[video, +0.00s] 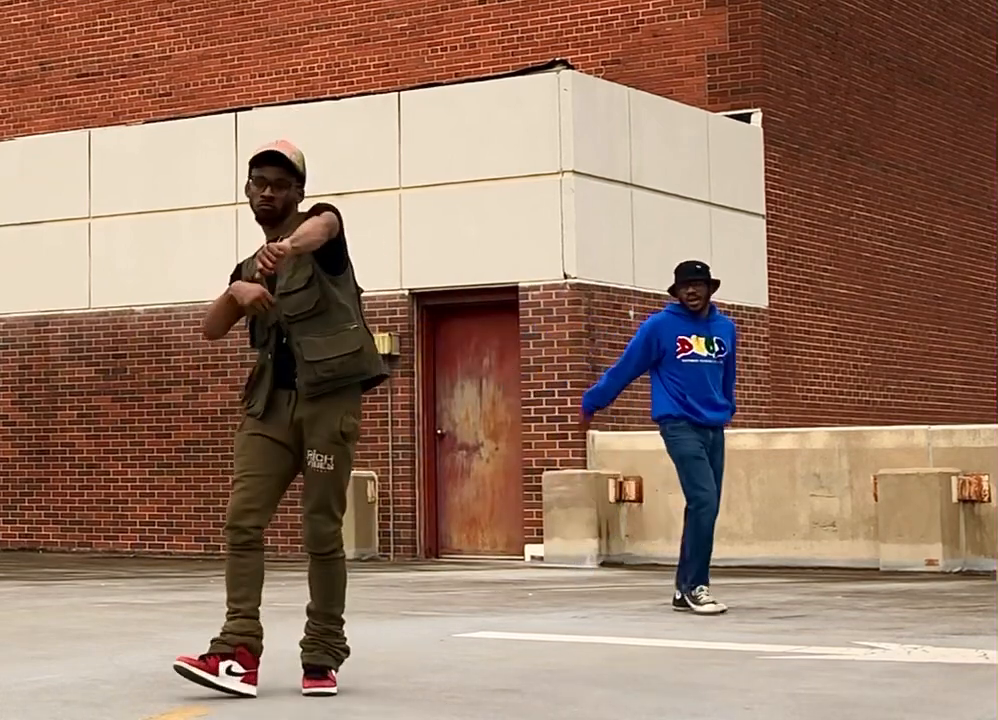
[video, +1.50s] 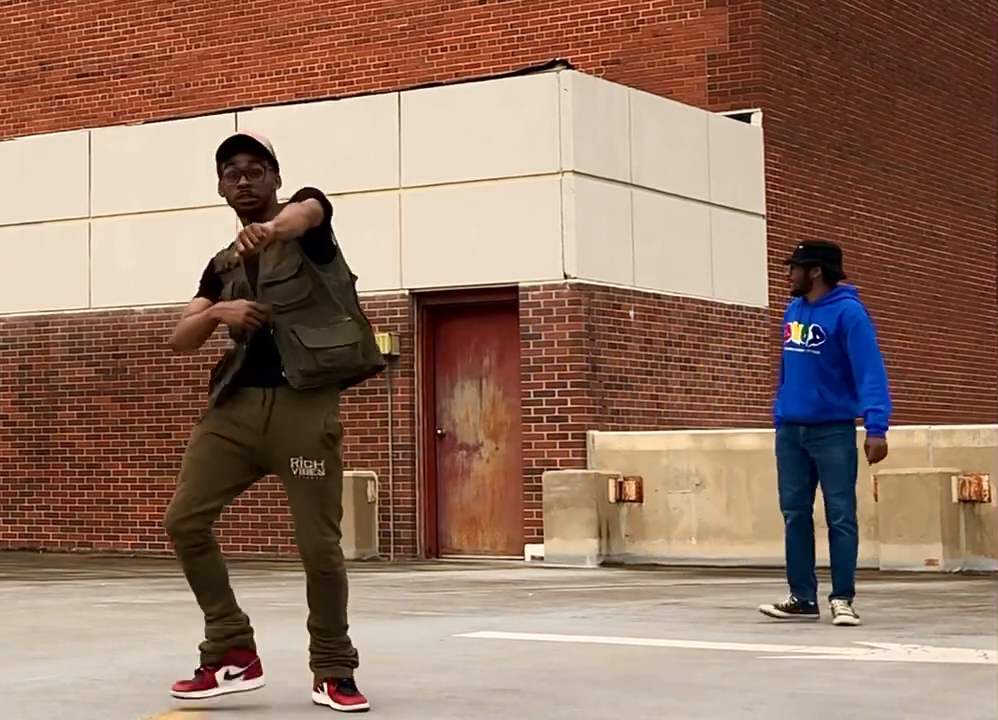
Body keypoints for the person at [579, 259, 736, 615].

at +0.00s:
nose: (692, 292)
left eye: (698, 285)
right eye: (685, 286)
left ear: (710, 288)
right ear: (677, 291)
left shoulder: (726, 327)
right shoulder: (660, 324)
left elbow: (729, 376)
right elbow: (625, 368)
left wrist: (726, 410)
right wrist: (591, 402)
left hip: (714, 425)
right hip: (679, 424)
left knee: (705, 505)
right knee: (705, 500)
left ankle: (687, 589)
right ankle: (695, 587)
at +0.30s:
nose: (729, 287)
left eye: (733, 282)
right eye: (721, 283)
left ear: (741, 288)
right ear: (707, 291)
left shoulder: (760, 328)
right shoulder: (691, 334)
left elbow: (783, 379)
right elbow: (688, 394)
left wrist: (801, 427)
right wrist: (701, 440)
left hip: (753, 431)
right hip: (718, 431)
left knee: (750, 514)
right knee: (741, 513)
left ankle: (699, 576)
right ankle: (760, 593)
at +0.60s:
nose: (755, 280)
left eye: (758, 274)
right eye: (746, 275)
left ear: (766, 281)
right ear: (730, 283)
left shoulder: (786, 317)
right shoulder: (712, 323)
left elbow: (798, 362)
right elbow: (720, 374)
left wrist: (798, 394)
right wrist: (757, 392)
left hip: (782, 431)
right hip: (739, 432)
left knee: (807, 501)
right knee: (750, 518)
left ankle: (778, 576)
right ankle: (762, 595)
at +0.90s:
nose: (774, 279)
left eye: (781, 273)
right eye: (768, 275)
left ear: (798, 280)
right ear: (762, 284)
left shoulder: (826, 322)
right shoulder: (747, 327)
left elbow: (840, 384)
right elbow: (728, 385)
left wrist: (849, 440)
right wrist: (716, 440)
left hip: (811, 436)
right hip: (764, 438)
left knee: (823, 516)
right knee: (764, 521)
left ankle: (838, 599)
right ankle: (765, 595)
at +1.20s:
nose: (789, 273)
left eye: (797, 267)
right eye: (788, 268)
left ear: (821, 270)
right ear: (789, 273)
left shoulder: (852, 314)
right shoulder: (774, 314)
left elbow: (878, 371)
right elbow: (756, 372)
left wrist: (897, 423)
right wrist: (748, 425)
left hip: (831, 432)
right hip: (782, 432)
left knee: (838, 514)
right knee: (774, 510)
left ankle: (840, 598)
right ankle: (786, 587)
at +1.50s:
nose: (789, 274)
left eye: (794, 268)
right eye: (790, 268)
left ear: (816, 271)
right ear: (808, 272)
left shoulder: (849, 312)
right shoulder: (794, 310)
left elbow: (871, 370)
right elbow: (788, 368)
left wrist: (876, 428)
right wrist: (780, 417)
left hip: (833, 429)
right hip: (790, 429)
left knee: (840, 515)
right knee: (795, 514)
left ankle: (842, 599)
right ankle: (803, 599)